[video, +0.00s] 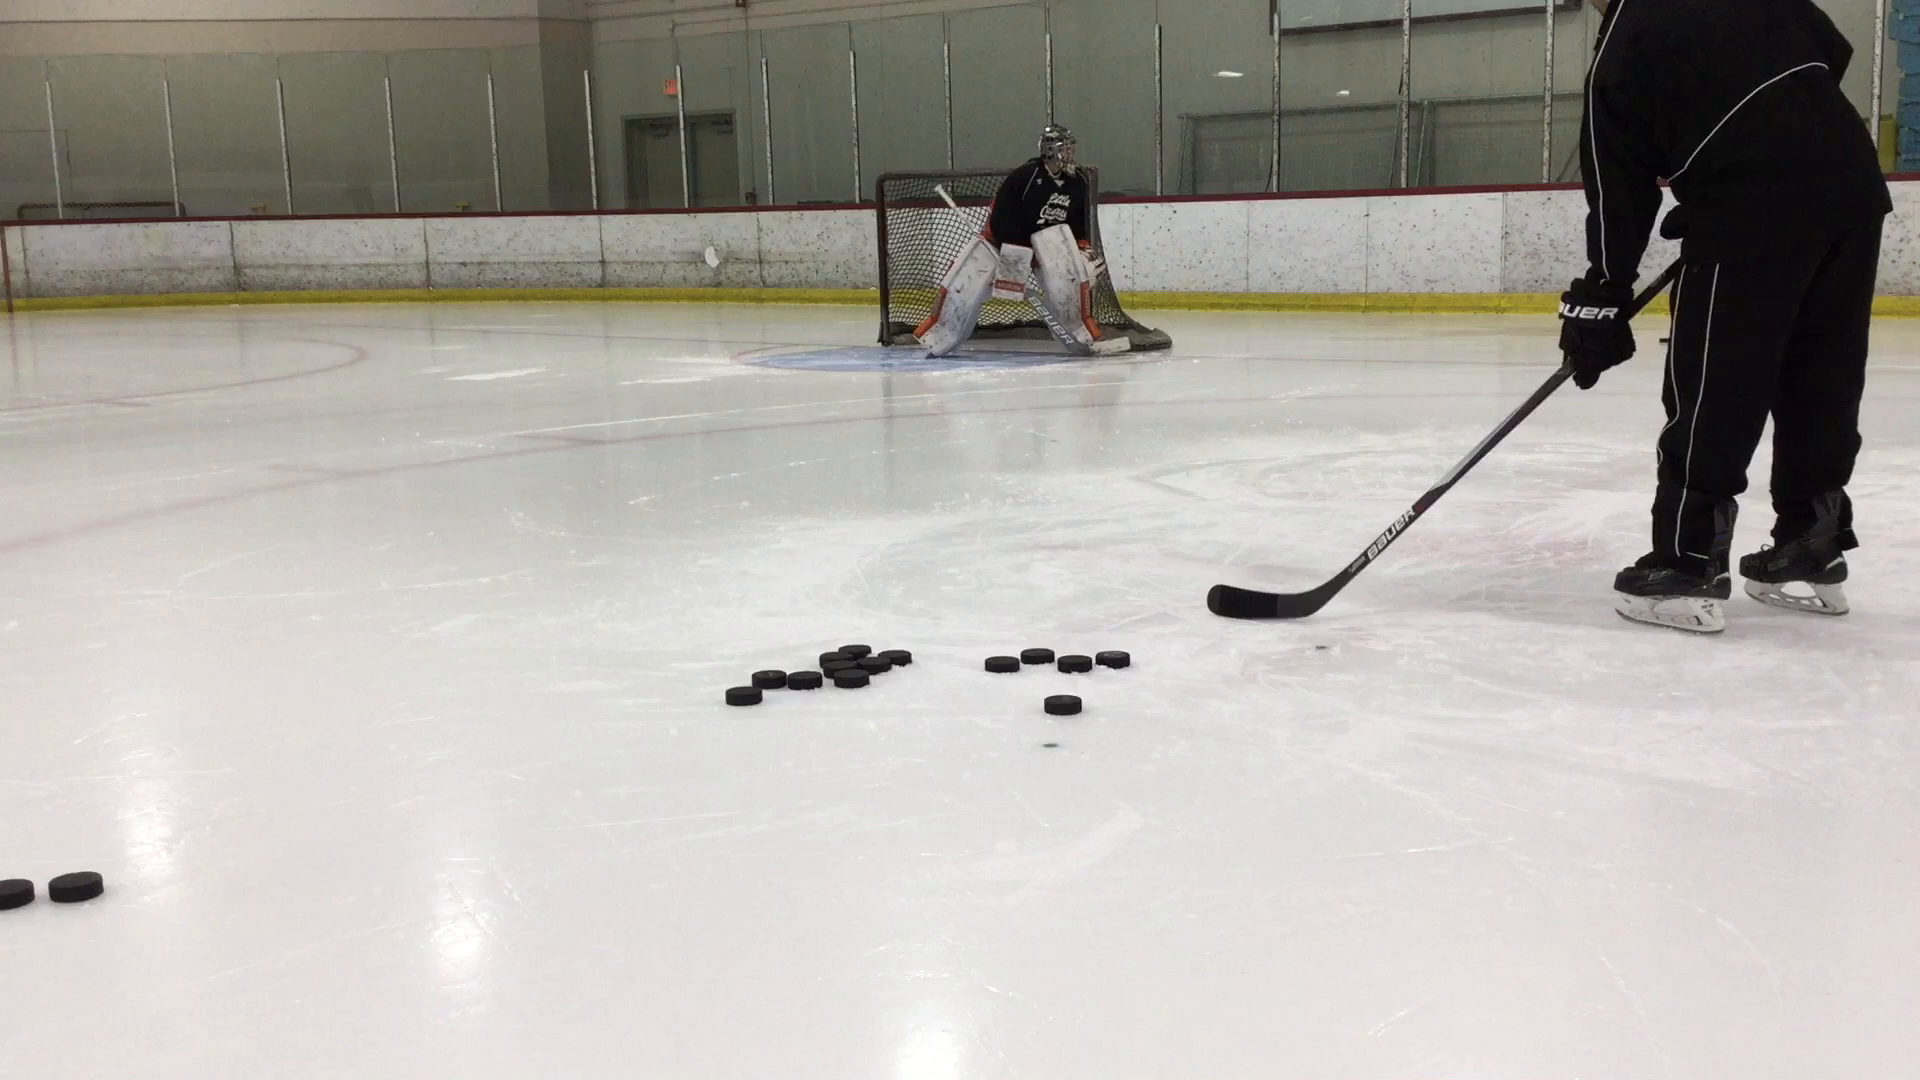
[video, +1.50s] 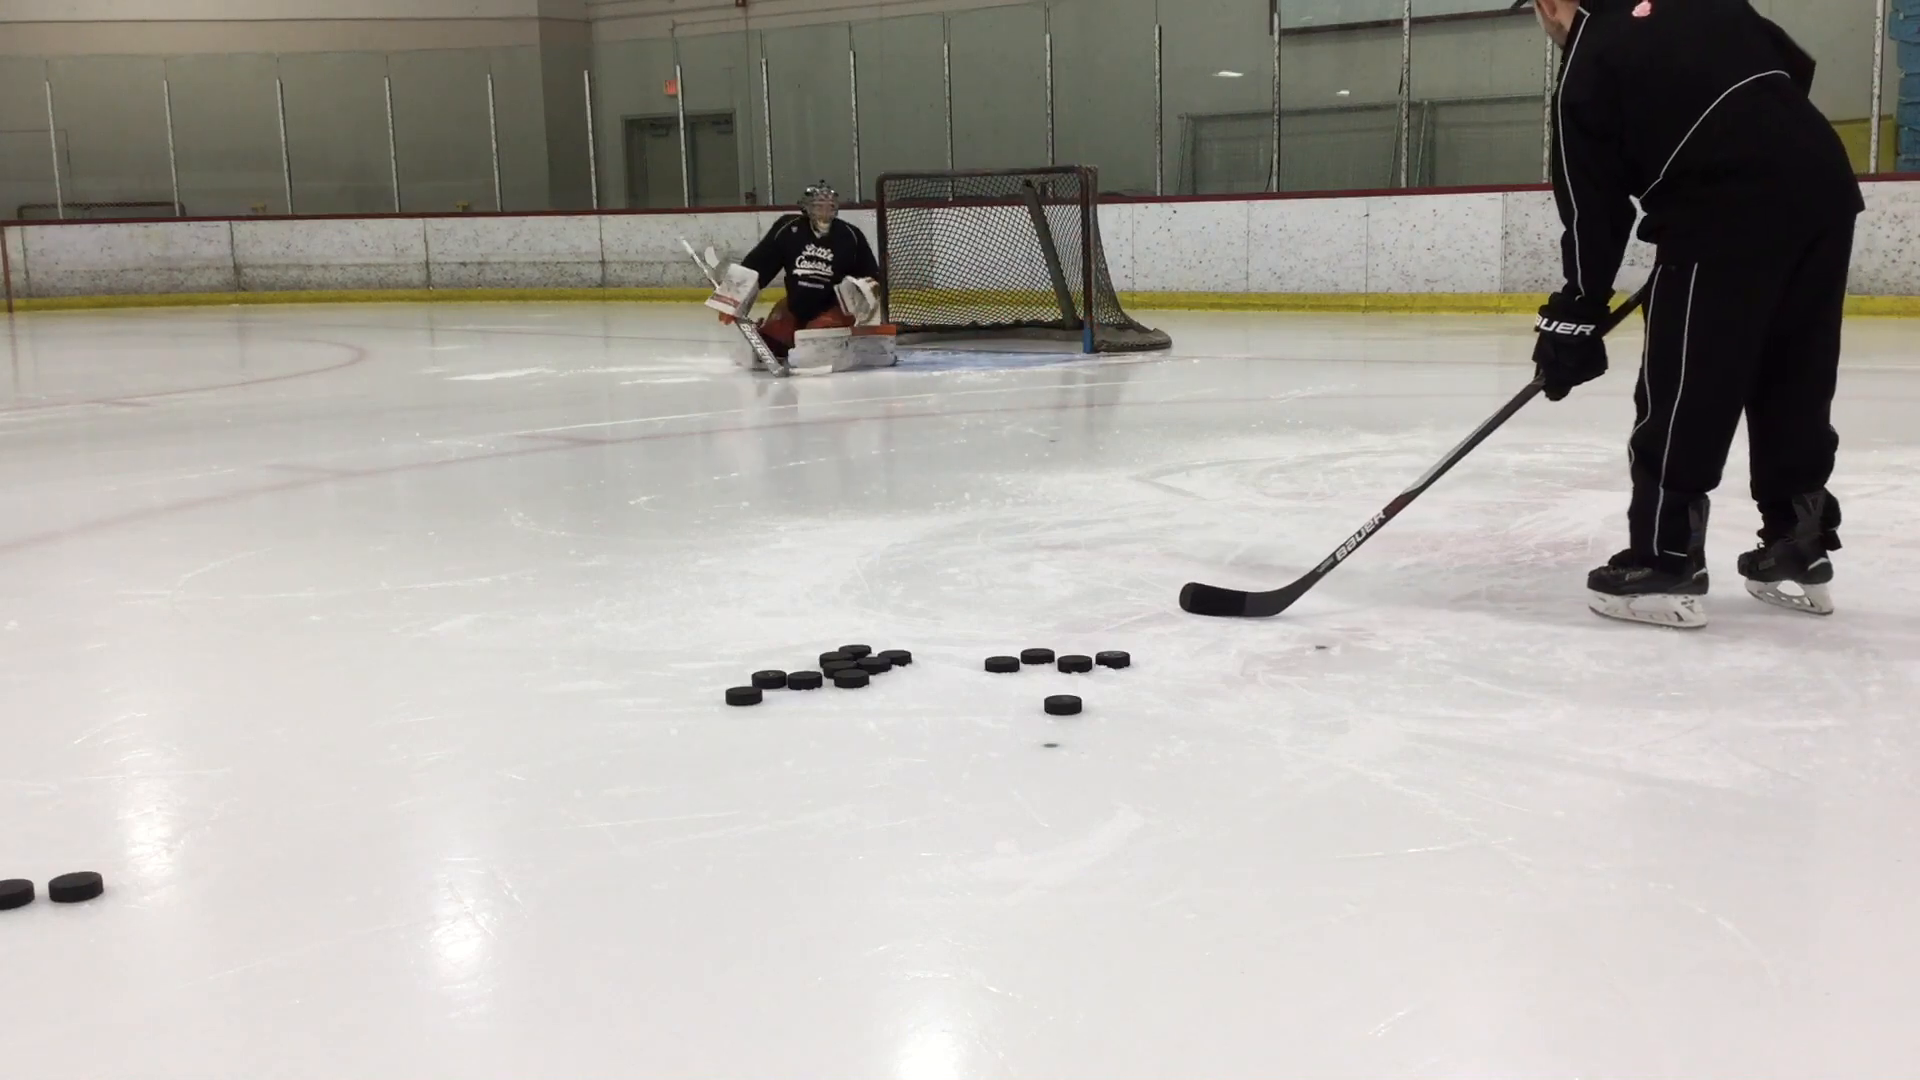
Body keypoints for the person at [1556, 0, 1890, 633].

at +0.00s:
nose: (1578, 7)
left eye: (1584, 8)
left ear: (1603, 3)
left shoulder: (1618, 54)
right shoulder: (1761, 3)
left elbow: (1619, 189)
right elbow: (1831, 51)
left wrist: (1601, 299)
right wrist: (1728, 178)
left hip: (1748, 208)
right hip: (1853, 193)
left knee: (1712, 384)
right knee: (1822, 378)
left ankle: (1691, 557)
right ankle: (1812, 543)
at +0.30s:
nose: (1575, 12)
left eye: (1581, 12)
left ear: (1598, 7)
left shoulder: (1616, 60)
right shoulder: (1742, 7)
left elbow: (1620, 181)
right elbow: (1839, 15)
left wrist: (1601, 283)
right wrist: (1779, 99)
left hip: (1748, 207)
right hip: (1849, 192)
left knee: (1707, 384)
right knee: (1813, 378)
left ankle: (1684, 557)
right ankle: (1799, 541)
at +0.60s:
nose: (1570, 9)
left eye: (1571, 5)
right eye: (1570, 4)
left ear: (1587, 4)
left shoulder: (1607, 68)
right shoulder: (1728, 7)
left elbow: (1621, 192)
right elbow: (1831, 16)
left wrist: (1598, 286)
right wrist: (1777, 112)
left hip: (1743, 207)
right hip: (1845, 191)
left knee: (1704, 384)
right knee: (1812, 378)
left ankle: (1682, 557)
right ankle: (1798, 544)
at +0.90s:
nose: (1569, 14)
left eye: (1567, 7)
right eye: (1566, 9)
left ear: (1586, 3)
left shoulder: (1607, 60)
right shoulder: (1734, 6)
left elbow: (1616, 193)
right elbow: (1817, 41)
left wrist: (1599, 308)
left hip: (1741, 211)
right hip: (1843, 192)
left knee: (1704, 387)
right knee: (1809, 378)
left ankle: (1682, 557)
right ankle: (1798, 544)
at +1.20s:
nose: (1562, 14)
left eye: (1561, 7)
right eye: (1559, 8)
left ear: (1579, 3)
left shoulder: (1599, 71)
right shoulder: (1727, 6)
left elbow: (1606, 203)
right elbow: (1808, 54)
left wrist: (1585, 315)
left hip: (1735, 213)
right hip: (1837, 193)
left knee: (1700, 386)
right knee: (1804, 380)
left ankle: (1679, 559)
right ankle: (1797, 545)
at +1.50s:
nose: (1542, 22)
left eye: (1539, 9)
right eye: (1537, 12)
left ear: (1560, 3)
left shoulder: (1584, 74)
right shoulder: (1705, 5)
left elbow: (1594, 208)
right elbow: (1793, 65)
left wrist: (1572, 319)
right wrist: (1712, 181)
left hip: (1722, 213)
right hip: (1823, 192)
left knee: (1683, 386)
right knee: (1794, 379)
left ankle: (1666, 557)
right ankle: (1799, 546)